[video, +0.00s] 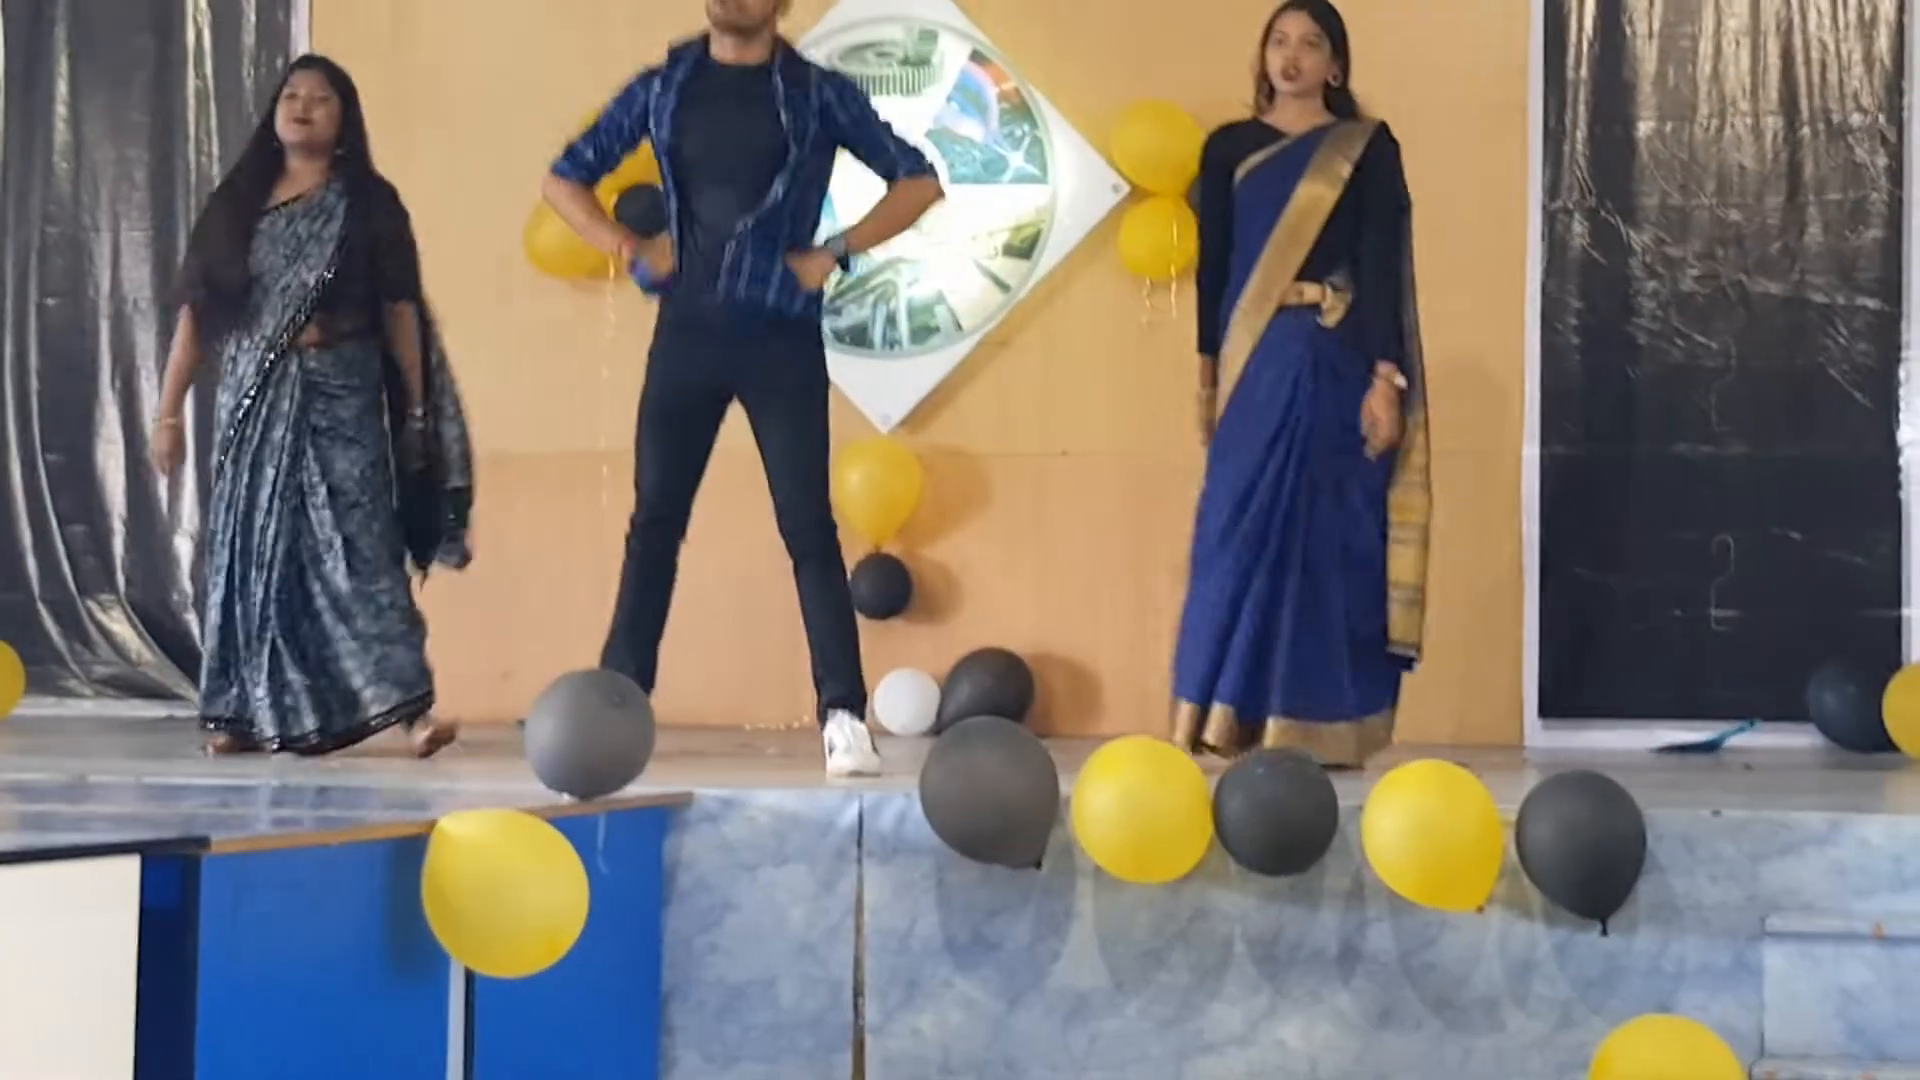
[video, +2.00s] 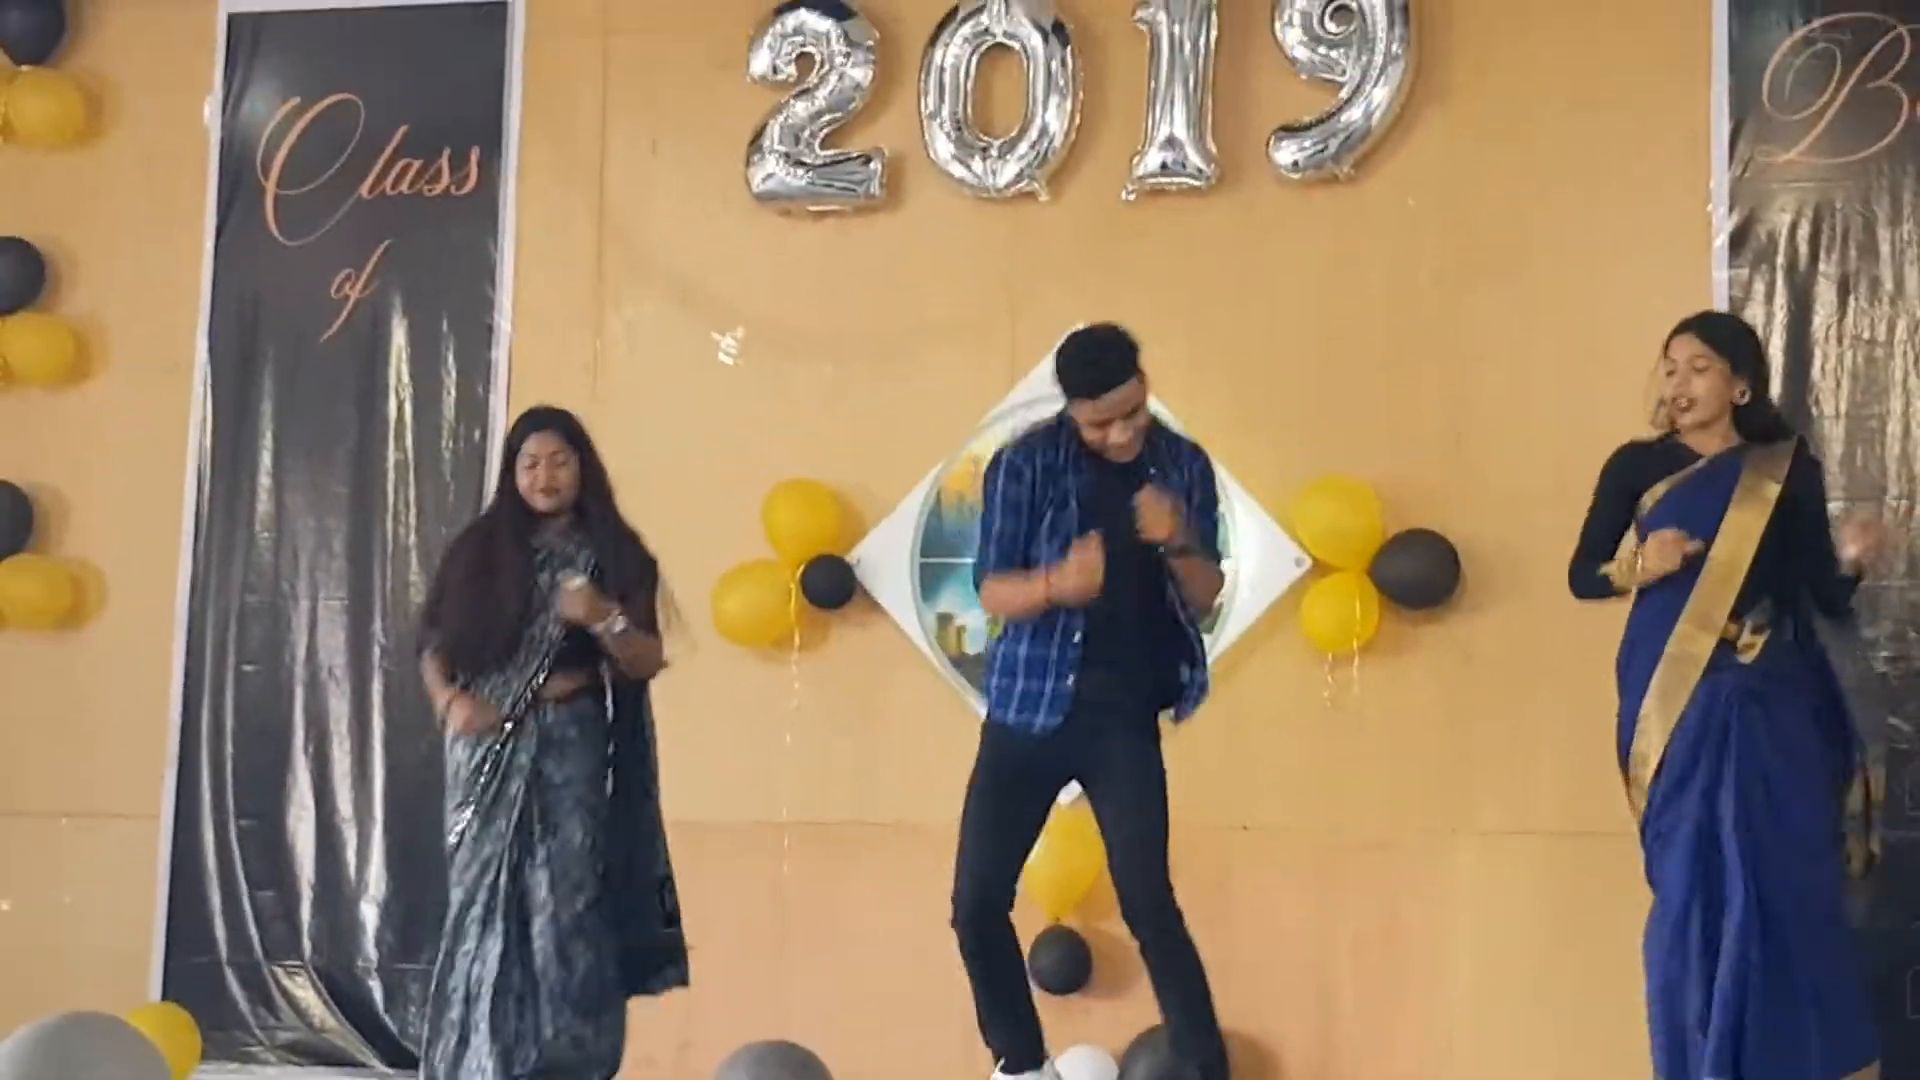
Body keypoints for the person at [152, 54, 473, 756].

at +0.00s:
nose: (302, 108)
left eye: (319, 99)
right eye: (291, 98)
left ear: (345, 116)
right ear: (272, 113)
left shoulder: (372, 200)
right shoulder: (237, 199)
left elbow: (401, 310)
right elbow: (197, 311)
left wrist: (418, 410)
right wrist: (168, 412)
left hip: (341, 396)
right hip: (253, 396)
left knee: (363, 543)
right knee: (246, 548)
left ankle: (415, 708)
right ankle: (238, 713)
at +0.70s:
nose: (295, 178)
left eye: (312, 166)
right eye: (284, 166)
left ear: (339, 179)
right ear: (269, 179)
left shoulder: (367, 262)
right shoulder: (246, 263)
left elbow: (402, 362)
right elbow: (213, 375)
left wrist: (381, 427)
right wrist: (187, 468)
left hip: (336, 454)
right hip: (254, 453)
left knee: (339, 607)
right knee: (248, 601)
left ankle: (344, 775)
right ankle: (235, 773)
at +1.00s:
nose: (287, 269)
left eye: (302, 258)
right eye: (274, 255)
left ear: (322, 268)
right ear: (253, 264)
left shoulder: (349, 339)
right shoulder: (228, 343)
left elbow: (391, 435)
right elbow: (202, 446)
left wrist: (367, 506)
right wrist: (161, 513)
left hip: (327, 529)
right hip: (250, 530)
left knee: (324, 685)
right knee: (253, 682)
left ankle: (334, 849)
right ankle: (266, 854)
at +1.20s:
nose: (326, 350)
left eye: (341, 339)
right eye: (314, 335)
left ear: (356, 346)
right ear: (288, 337)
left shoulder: (376, 415)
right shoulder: (255, 408)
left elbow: (401, 513)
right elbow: (215, 483)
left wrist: (381, 583)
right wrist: (222, 543)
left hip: (351, 605)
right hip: (271, 603)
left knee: (344, 760)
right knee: (265, 757)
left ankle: (346, 920)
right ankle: (267, 918)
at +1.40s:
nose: (425, 395)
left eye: (440, 384)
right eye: (414, 380)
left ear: (457, 393)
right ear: (387, 381)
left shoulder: (470, 464)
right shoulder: (345, 445)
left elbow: (482, 553)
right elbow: (288, 524)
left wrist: (467, 613)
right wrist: (318, 553)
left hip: (429, 646)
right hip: (350, 644)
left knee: (440, 786)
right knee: (351, 793)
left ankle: (458, 941)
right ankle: (353, 958)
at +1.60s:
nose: (500, 422)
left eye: (515, 410)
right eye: (487, 409)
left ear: (535, 422)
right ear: (466, 418)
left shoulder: (553, 506)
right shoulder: (426, 489)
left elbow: (559, 604)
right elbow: (378, 567)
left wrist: (540, 658)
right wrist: (389, 614)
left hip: (503, 686)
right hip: (420, 680)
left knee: (514, 833)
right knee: (411, 827)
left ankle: (536, 993)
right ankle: (408, 985)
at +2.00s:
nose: (544, 474)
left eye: (559, 460)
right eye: (530, 463)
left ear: (583, 469)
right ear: (513, 475)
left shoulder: (619, 553)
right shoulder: (479, 549)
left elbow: (647, 660)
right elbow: (432, 647)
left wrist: (603, 621)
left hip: (577, 746)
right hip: (487, 748)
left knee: (571, 914)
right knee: (485, 911)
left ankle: (569, 1062)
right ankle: (482, 1062)